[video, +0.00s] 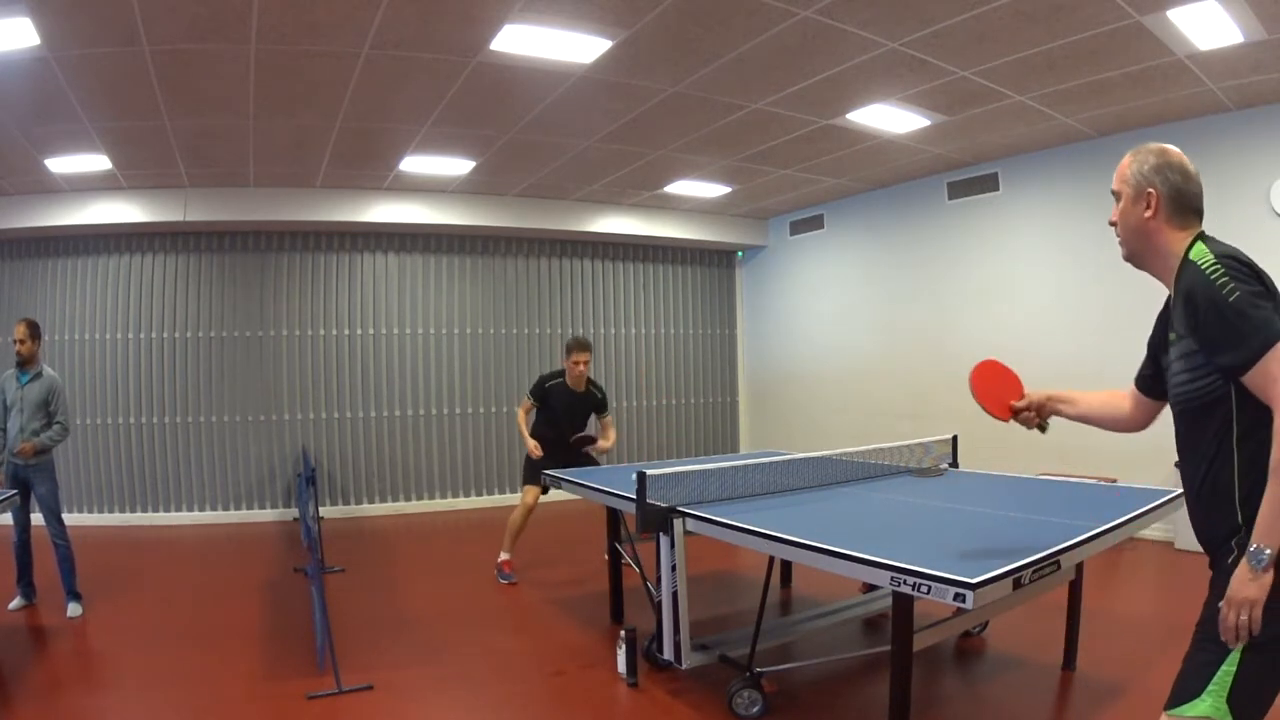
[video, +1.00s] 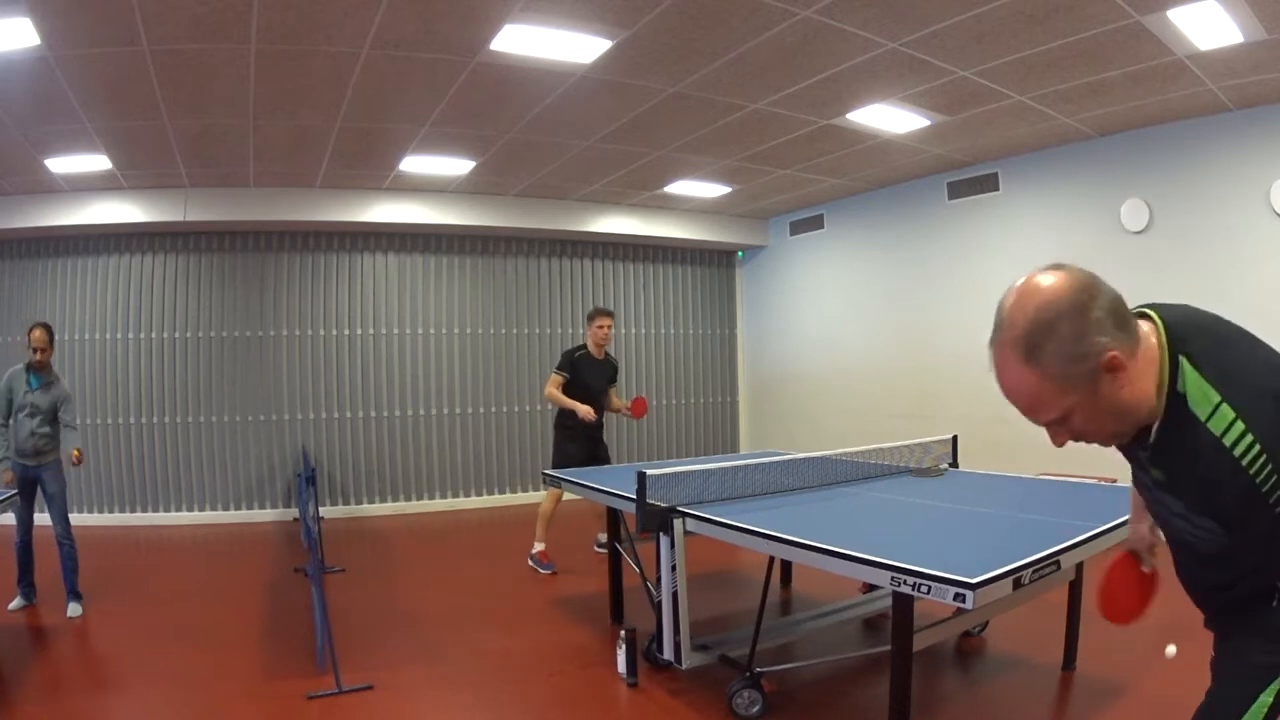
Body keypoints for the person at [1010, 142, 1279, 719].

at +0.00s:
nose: (1109, 218)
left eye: (1116, 199)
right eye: (1111, 200)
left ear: (1149, 205)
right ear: (1153, 206)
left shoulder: (1212, 282)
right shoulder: (1183, 299)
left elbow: (1278, 405)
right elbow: (1136, 410)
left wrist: (1259, 558)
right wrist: (1051, 402)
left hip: (1257, 561)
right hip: (1240, 555)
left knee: (1194, 712)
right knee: (1209, 709)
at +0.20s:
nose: (1116, 226)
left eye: (1123, 207)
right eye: (1118, 208)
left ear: (1153, 212)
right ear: (1161, 212)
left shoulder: (1199, 286)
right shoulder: (1219, 275)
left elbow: (1266, 417)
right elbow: (1226, 428)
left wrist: (1214, 564)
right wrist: (1138, 465)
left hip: (1259, 567)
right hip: (1261, 560)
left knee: (1184, 711)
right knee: (1208, 707)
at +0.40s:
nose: (1121, 278)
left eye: (1127, 259)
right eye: (1123, 261)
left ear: (1160, 263)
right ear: (1166, 263)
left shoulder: (1213, 333)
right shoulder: (1219, 321)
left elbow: (1272, 465)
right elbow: (1224, 473)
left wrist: (1209, 587)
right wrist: (1161, 557)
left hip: (1268, 581)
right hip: (1262, 573)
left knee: (1178, 712)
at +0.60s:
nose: (1109, 263)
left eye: (1117, 243)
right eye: (1108, 245)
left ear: (1164, 242)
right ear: (1160, 244)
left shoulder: (1239, 324)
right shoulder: (1173, 342)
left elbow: (1279, 477)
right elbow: (1133, 468)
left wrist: (1221, 612)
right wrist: (1040, 510)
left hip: (1275, 586)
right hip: (1249, 582)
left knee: (1206, 710)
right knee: (1261, 704)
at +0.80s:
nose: (1103, 379)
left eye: (1115, 351)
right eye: (1085, 358)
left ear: (1165, 311)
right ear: (1070, 338)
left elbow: (1279, 612)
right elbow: (1119, 396)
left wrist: (1273, 703)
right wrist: (1054, 447)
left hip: (1260, 635)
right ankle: (1233, 690)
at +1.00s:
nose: (1057, 439)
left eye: (1063, 418)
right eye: (1043, 423)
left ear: (1114, 368)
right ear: (1111, 365)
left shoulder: (1254, 457)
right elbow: (1148, 444)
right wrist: (1142, 519)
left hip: (1266, 621)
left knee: (1225, 707)